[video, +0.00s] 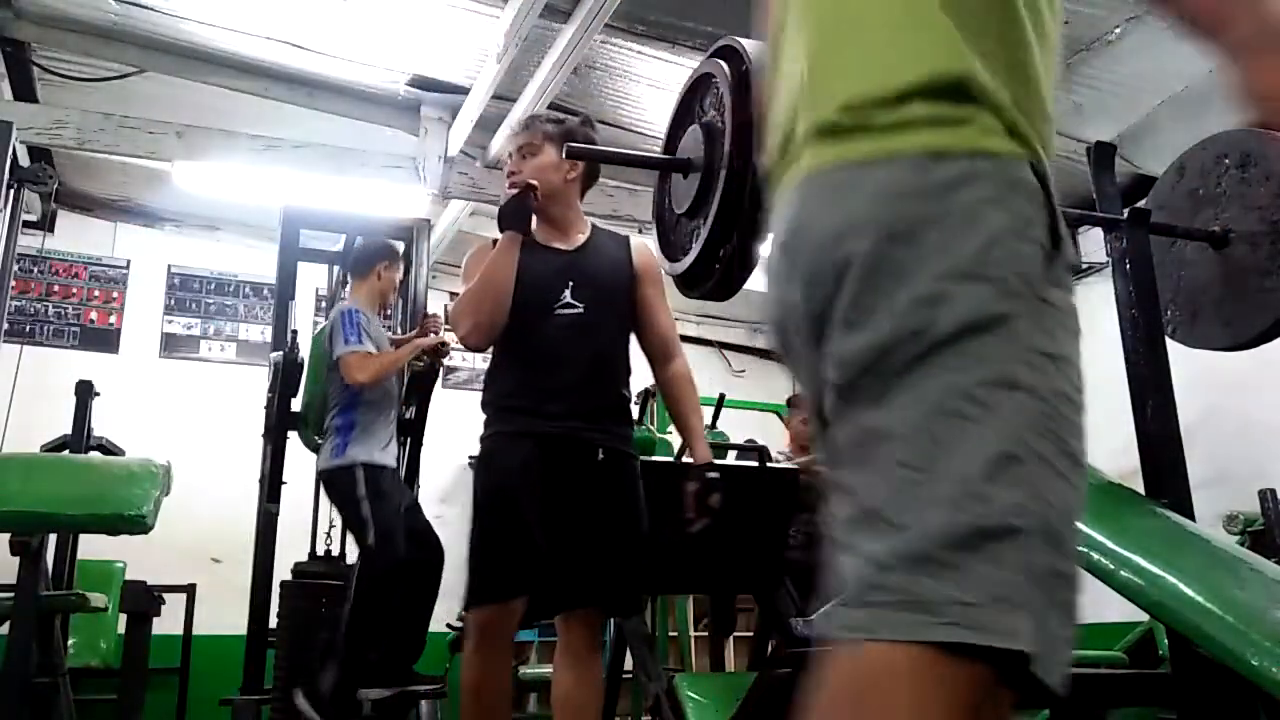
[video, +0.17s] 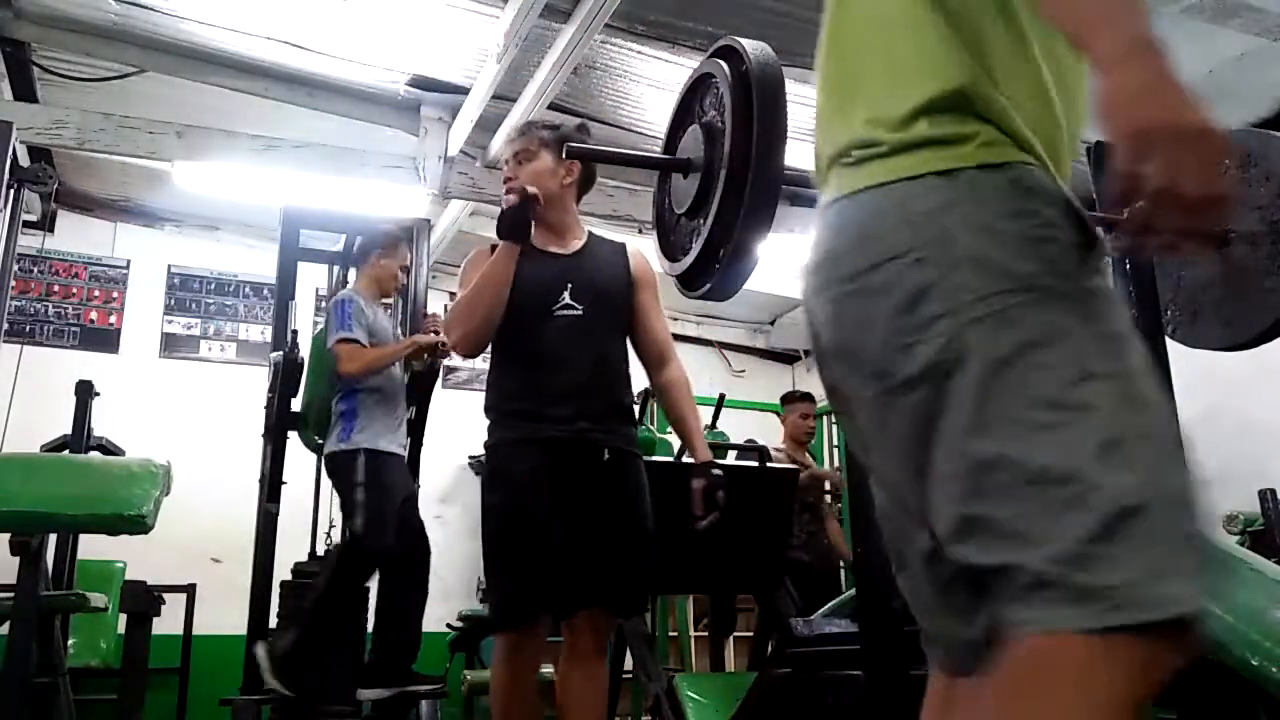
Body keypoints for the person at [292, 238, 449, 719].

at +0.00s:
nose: (398, 286)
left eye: (399, 277)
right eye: (397, 276)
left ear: (369, 271)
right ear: (381, 270)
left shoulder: (369, 322)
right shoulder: (350, 315)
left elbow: (377, 364)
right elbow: (357, 371)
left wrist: (414, 340)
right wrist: (411, 349)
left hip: (381, 465)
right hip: (353, 465)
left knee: (427, 553)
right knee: (389, 557)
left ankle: (392, 673)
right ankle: (337, 684)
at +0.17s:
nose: (405, 278)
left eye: (407, 270)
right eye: (401, 268)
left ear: (383, 264)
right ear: (376, 261)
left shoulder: (386, 317)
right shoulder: (349, 303)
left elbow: (398, 385)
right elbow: (349, 363)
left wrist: (423, 356)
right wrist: (409, 345)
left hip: (389, 450)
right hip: (359, 448)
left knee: (411, 555)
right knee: (366, 547)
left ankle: (390, 672)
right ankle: (282, 649)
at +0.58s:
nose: (377, 274)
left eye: (385, 267)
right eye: (368, 265)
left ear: (392, 269)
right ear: (348, 266)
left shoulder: (398, 315)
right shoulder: (328, 304)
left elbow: (415, 369)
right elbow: (342, 357)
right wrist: (405, 347)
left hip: (384, 458)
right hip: (329, 454)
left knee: (393, 574)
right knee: (293, 562)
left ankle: (390, 681)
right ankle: (271, 673)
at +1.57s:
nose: (349, 280)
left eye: (359, 272)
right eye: (343, 272)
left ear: (379, 271)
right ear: (335, 272)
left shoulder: (401, 313)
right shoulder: (321, 310)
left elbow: (421, 372)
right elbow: (315, 355)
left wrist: (427, 342)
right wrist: (345, 313)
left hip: (381, 458)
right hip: (321, 455)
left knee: (390, 572)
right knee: (292, 564)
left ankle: (396, 672)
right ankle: (279, 670)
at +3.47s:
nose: (366, 278)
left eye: (374, 271)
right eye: (358, 270)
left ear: (386, 276)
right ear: (344, 274)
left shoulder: (403, 316)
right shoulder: (322, 308)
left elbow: (415, 378)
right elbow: (297, 357)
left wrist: (428, 342)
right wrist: (286, 328)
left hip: (379, 453)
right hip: (321, 449)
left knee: (383, 568)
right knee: (297, 561)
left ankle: (384, 670)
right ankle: (282, 670)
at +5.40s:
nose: (344, 296)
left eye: (352, 288)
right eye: (337, 287)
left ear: (374, 283)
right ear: (330, 280)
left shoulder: (398, 317)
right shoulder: (320, 314)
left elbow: (418, 376)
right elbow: (287, 350)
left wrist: (431, 349)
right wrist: (278, 318)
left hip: (376, 456)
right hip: (317, 454)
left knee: (383, 571)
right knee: (296, 566)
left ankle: (387, 672)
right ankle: (279, 672)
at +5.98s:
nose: (349, 298)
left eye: (358, 290)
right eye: (342, 288)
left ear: (377, 283)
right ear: (332, 280)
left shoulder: (396, 319)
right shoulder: (315, 319)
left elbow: (416, 381)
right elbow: (296, 374)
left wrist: (430, 351)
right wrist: (284, 342)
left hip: (377, 458)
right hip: (318, 457)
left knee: (384, 571)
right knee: (299, 566)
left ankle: (387, 673)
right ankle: (281, 673)